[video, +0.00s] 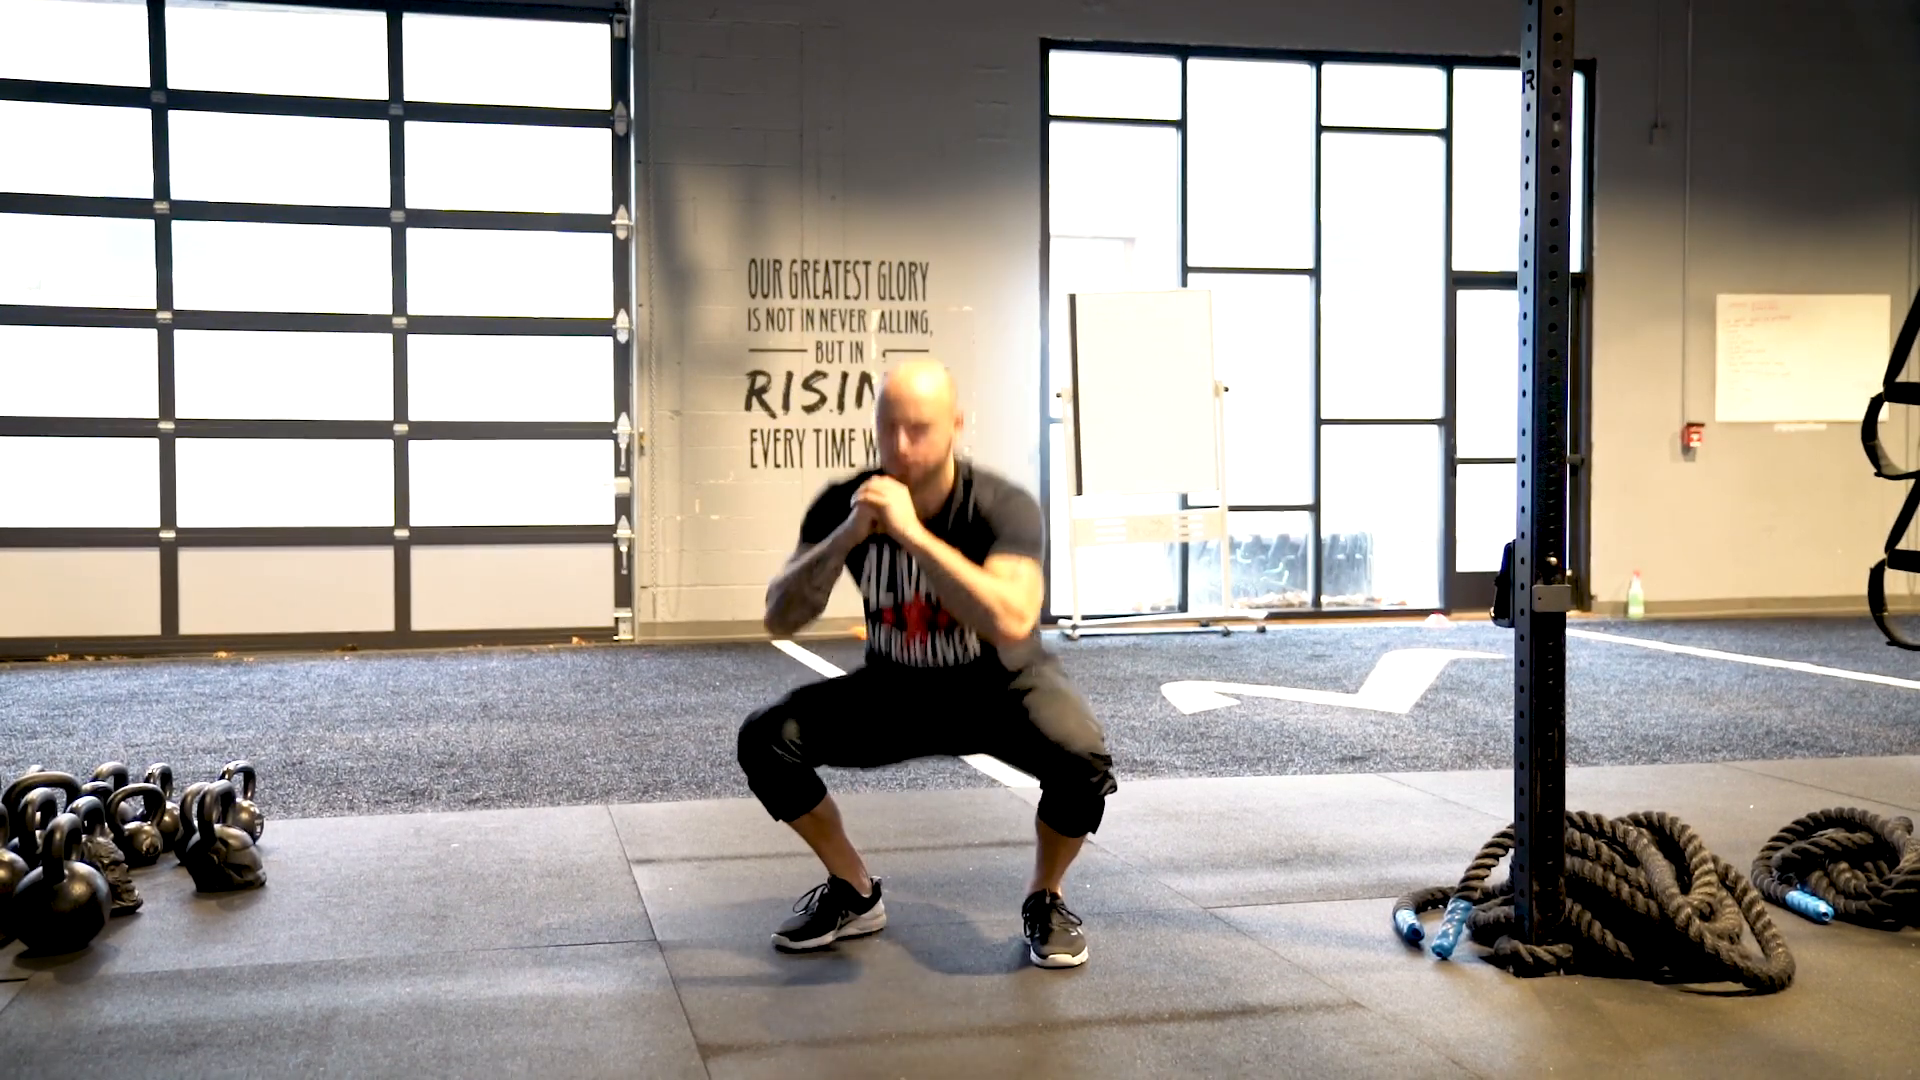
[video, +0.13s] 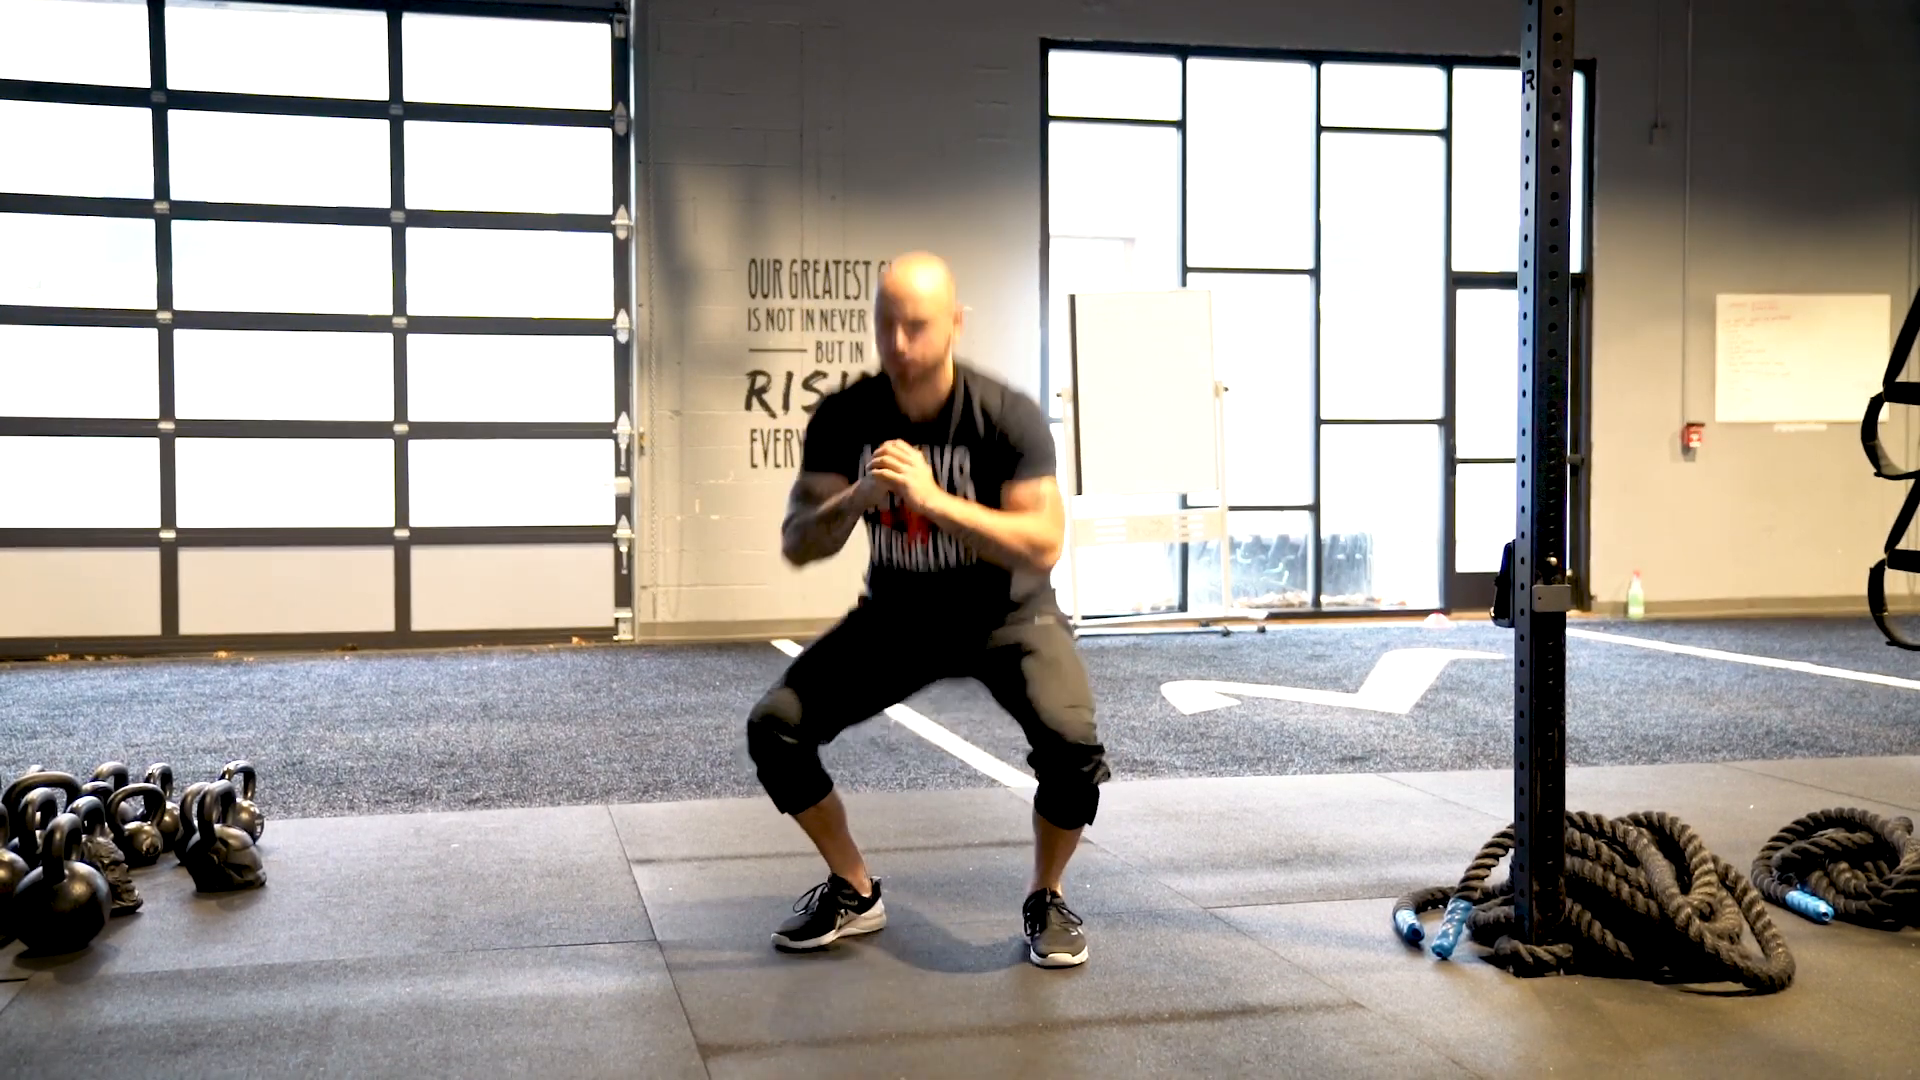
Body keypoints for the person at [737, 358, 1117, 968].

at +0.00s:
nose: (900, 447)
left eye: (918, 430)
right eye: (888, 429)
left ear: (957, 428)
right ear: (874, 428)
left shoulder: (1005, 507)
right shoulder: (847, 503)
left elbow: (1012, 620)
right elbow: (779, 620)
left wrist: (912, 533)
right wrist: (847, 538)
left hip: (999, 691)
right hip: (897, 691)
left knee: (1082, 763)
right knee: (767, 741)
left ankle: (1046, 900)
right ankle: (853, 888)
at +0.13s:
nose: (900, 346)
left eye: (918, 328)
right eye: (888, 327)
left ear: (956, 325)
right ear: (873, 325)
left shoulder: (1009, 416)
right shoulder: (844, 415)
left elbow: (1043, 544)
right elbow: (798, 546)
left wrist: (930, 498)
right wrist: (850, 501)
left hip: (1007, 613)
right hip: (900, 613)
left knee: (1073, 748)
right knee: (777, 730)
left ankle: (1046, 899)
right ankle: (854, 888)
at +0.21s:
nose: (897, 284)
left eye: (915, 267)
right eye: (885, 266)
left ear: (953, 265)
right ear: (870, 264)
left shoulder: (1012, 358)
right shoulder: (842, 361)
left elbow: (1055, 483)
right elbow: (819, 494)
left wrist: (950, 476)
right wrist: (868, 473)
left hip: (1008, 571)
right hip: (899, 570)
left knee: (1067, 731)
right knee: (791, 720)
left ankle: (1047, 897)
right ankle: (854, 888)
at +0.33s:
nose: (899, 236)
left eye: (917, 218)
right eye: (886, 218)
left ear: (953, 216)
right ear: (870, 218)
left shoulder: (1015, 309)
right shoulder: (841, 315)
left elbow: (1054, 438)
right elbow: (825, 452)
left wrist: (949, 432)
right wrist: (870, 432)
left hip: (1009, 531)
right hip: (900, 532)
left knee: (1060, 716)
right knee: (813, 706)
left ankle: (1048, 893)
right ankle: (855, 887)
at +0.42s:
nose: (898, 247)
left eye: (916, 228)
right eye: (886, 228)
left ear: (954, 225)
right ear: (871, 228)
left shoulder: (1012, 316)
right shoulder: (841, 325)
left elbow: (1041, 452)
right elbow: (816, 467)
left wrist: (929, 415)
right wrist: (855, 423)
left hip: (1011, 535)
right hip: (903, 537)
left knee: (1060, 715)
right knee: (811, 708)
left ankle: (1049, 893)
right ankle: (855, 887)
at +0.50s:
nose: (897, 295)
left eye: (915, 275)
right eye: (886, 275)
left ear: (954, 271)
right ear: (871, 273)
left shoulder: (1007, 356)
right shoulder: (845, 363)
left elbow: (1028, 482)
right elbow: (798, 496)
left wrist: (919, 421)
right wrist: (844, 427)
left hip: (1012, 570)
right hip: (905, 574)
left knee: (1067, 723)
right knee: (795, 714)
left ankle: (1048, 896)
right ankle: (853, 886)